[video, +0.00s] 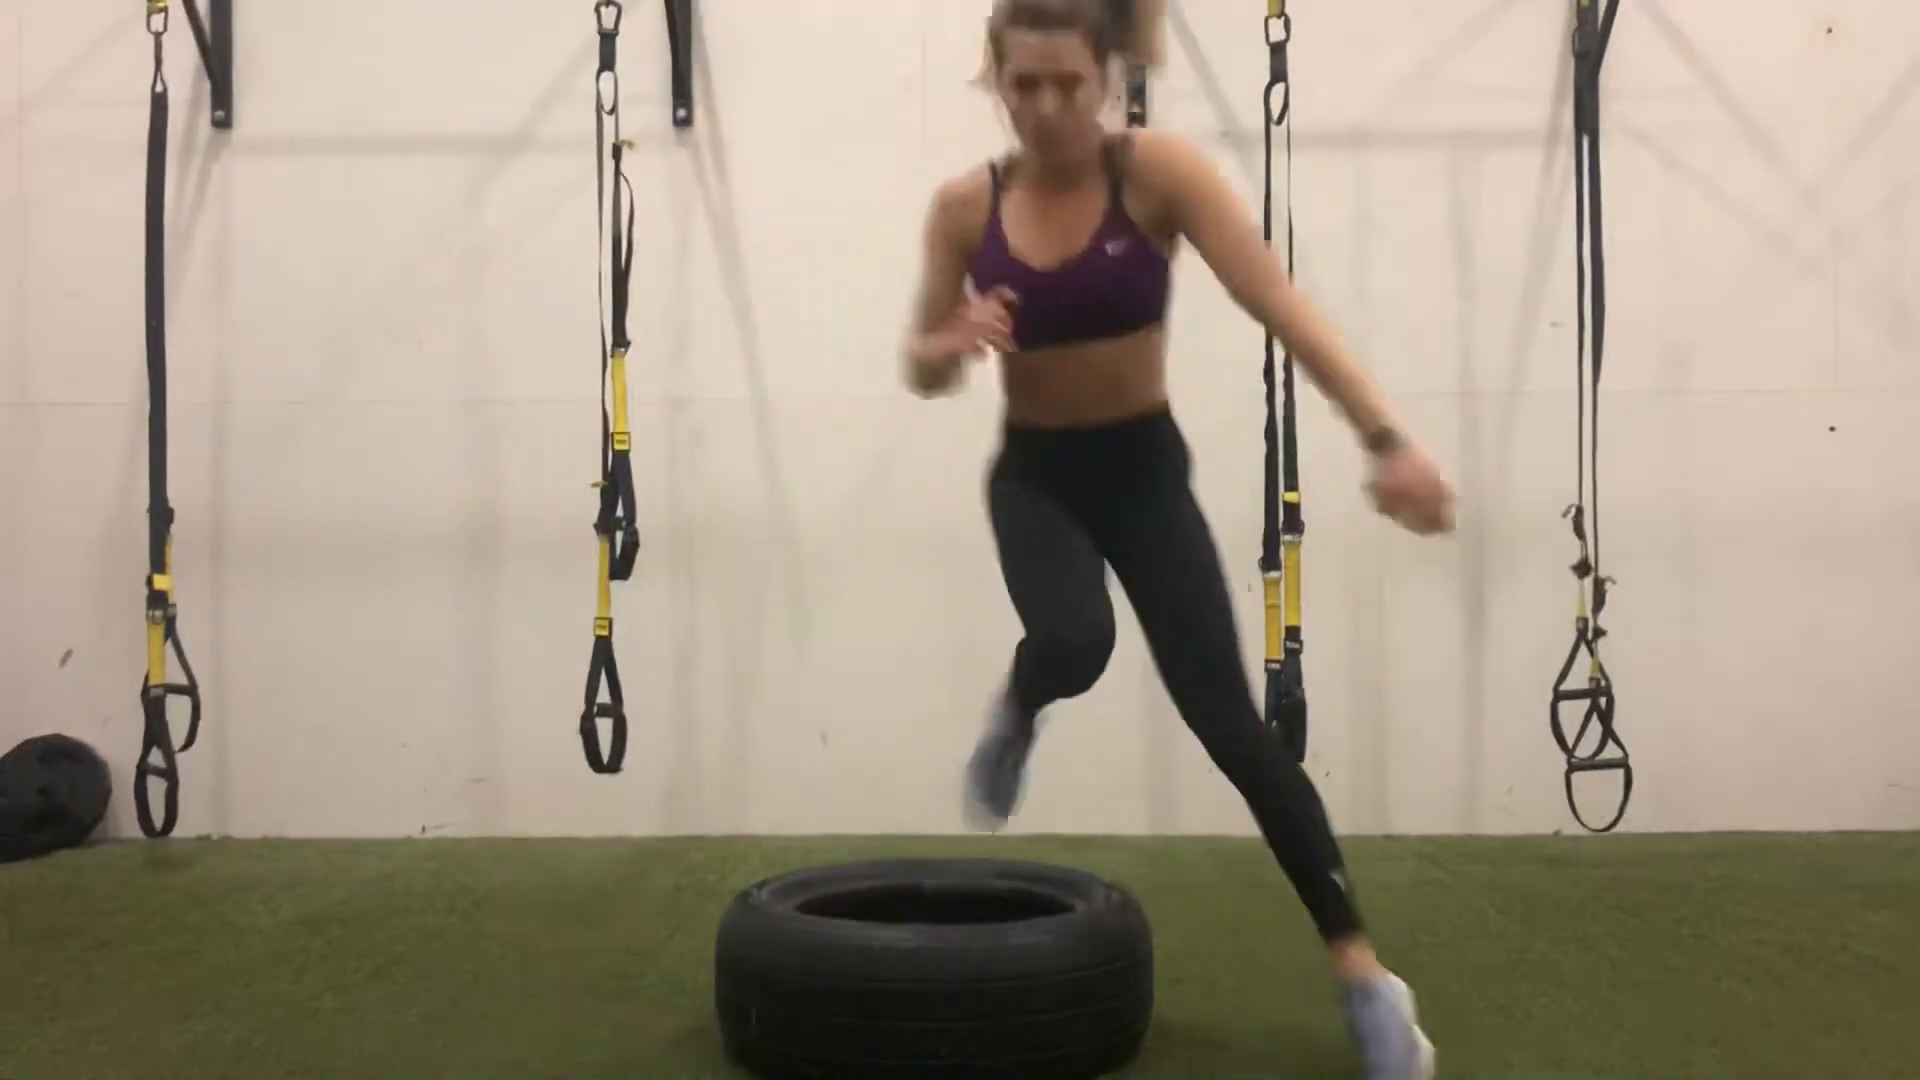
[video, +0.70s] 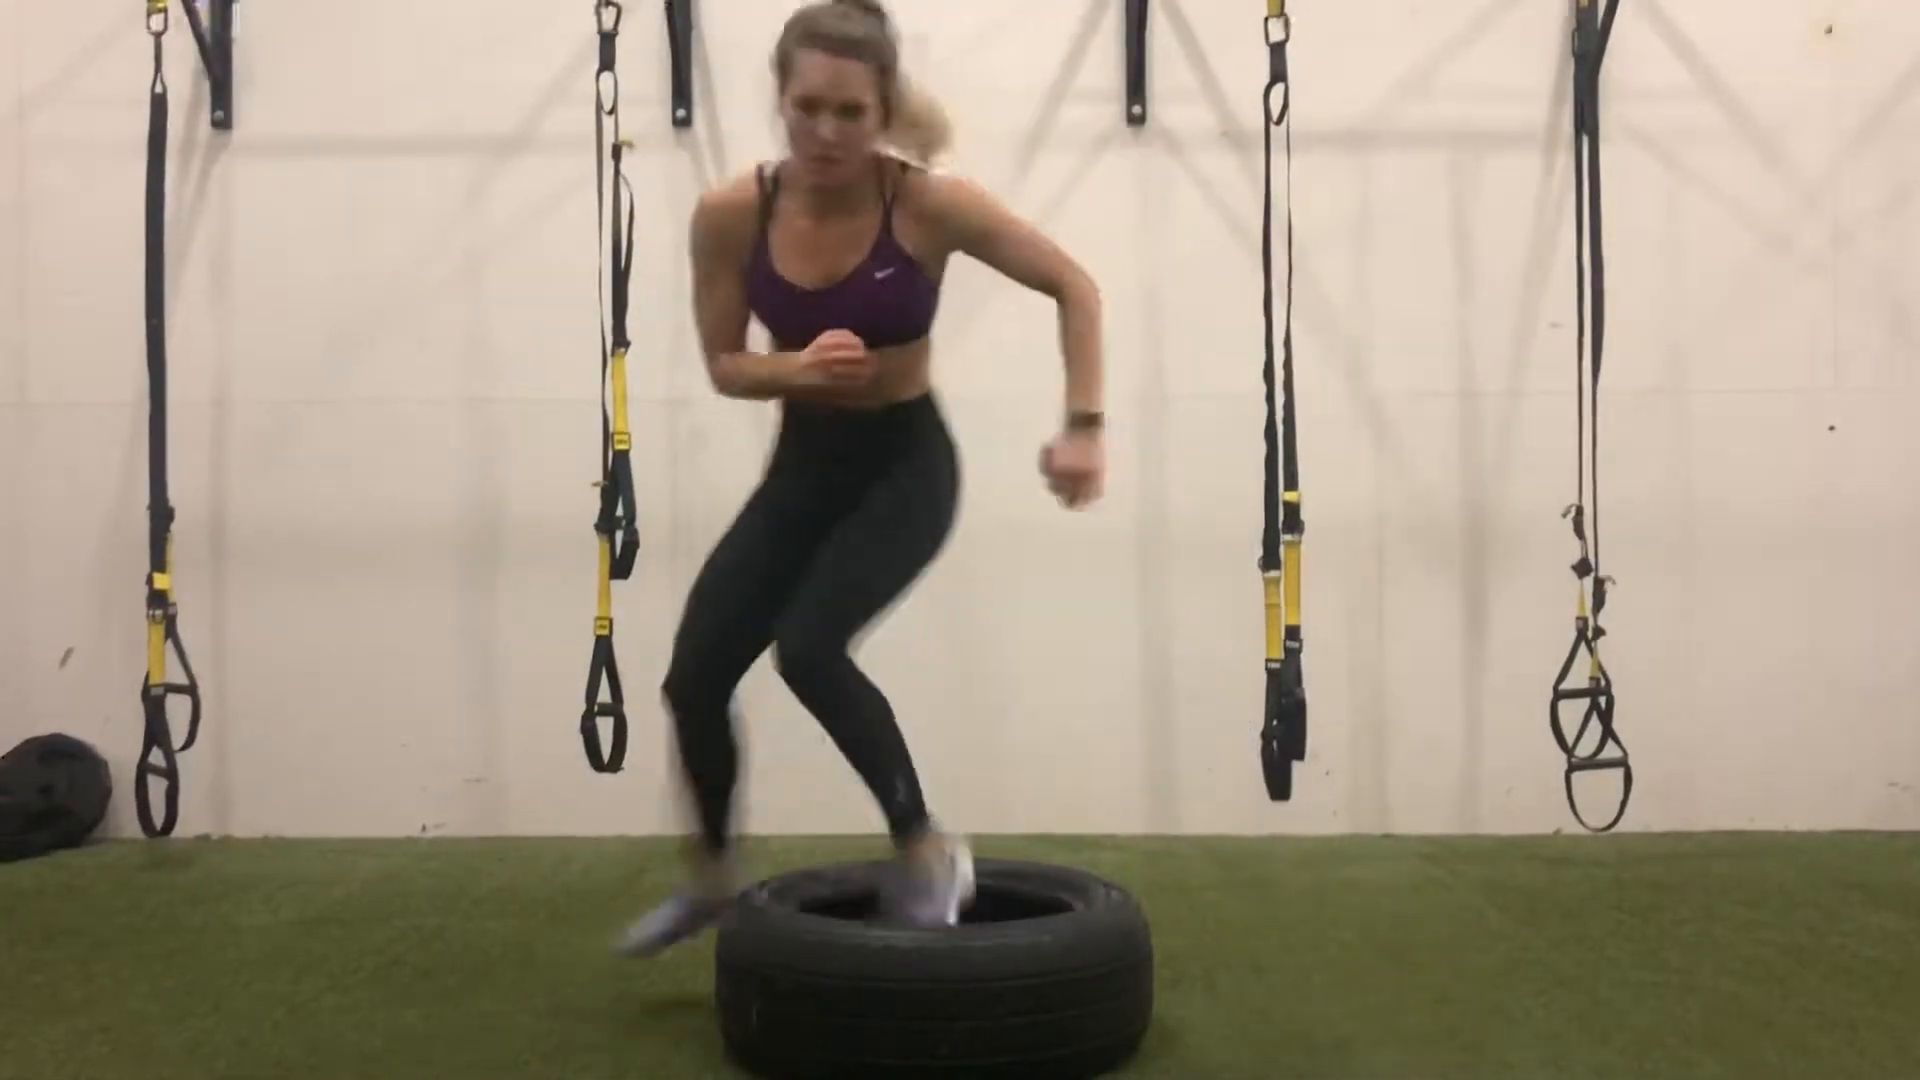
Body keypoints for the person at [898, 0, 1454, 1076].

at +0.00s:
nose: (1049, 107)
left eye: (1069, 83)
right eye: (1028, 84)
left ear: (1107, 75)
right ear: (998, 82)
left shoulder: (1162, 174)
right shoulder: (965, 209)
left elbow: (1276, 301)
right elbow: (925, 372)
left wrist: (1387, 440)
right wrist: (953, 340)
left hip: (1142, 466)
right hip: (1034, 472)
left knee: (1227, 721)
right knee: (1075, 644)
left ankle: (1360, 969)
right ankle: (1014, 717)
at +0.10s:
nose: (1063, 141)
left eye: (1085, 119)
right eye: (1044, 121)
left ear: (1131, 123)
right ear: (1021, 128)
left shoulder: (1196, 224)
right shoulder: (1005, 254)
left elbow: (1332, 332)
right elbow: (991, 367)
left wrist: (1450, 432)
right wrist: (964, 416)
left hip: (1199, 522)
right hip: (1090, 535)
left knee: (1285, 769)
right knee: (1067, 738)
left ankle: (1413, 1006)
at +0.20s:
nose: (1060, 158)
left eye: (1083, 136)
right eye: (1043, 136)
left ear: (1130, 131)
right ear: (1021, 130)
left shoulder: (1184, 223)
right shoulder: (992, 229)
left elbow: (1293, 303)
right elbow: (892, 289)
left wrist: (1367, 390)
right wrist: (845, 308)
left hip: (1205, 498)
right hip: (1109, 523)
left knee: (1162, 735)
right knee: (1161, 788)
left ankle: (1371, 904)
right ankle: (1341, 923)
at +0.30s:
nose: (1026, 199)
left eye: (1050, 181)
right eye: (1012, 177)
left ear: (1098, 182)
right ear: (993, 171)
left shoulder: (1154, 260)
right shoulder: (978, 262)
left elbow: (1277, 304)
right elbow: (803, 251)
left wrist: (1349, 363)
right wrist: (821, 173)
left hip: (1198, 518)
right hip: (1138, 540)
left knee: (1005, 654)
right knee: (1214, 796)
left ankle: (1225, 756)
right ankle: (1418, 968)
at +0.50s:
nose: (906, 122)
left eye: (930, 99)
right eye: (890, 97)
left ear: (980, 102)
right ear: (868, 94)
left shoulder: (1021, 196)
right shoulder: (840, 197)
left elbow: (1139, 259)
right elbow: (857, 373)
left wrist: (1118, 378)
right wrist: (914, 293)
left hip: (1008, 485)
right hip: (966, 484)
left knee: (889, 724)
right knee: (951, 722)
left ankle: (921, 939)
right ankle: (1169, 740)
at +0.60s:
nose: (866, 122)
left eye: (890, 102)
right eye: (848, 98)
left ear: (933, 107)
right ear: (825, 99)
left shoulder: (969, 207)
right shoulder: (793, 203)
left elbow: (1104, 290)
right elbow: (772, 356)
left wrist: (1095, 412)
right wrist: (830, 357)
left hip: (967, 486)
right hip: (891, 487)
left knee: (919, 723)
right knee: (774, 676)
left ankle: (939, 942)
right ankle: (967, 719)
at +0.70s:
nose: (826, 132)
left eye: (850, 111)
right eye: (807, 108)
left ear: (885, 110)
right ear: (779, 101)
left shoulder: (930, 203)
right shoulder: (732, 214)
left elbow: (1076, 288)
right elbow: (726, 367)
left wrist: (1084, 427)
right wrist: (795, 371)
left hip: (907, 465)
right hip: (806, 467)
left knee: (808, 648)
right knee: (695, 678)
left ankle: (926, 850)